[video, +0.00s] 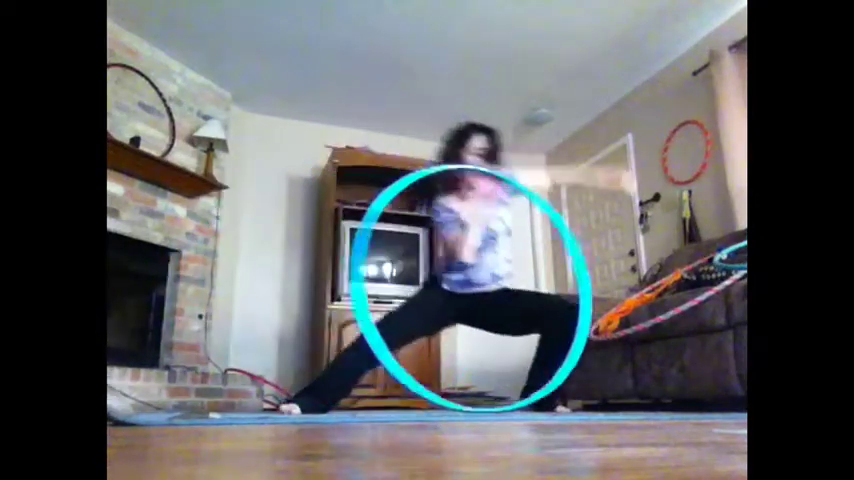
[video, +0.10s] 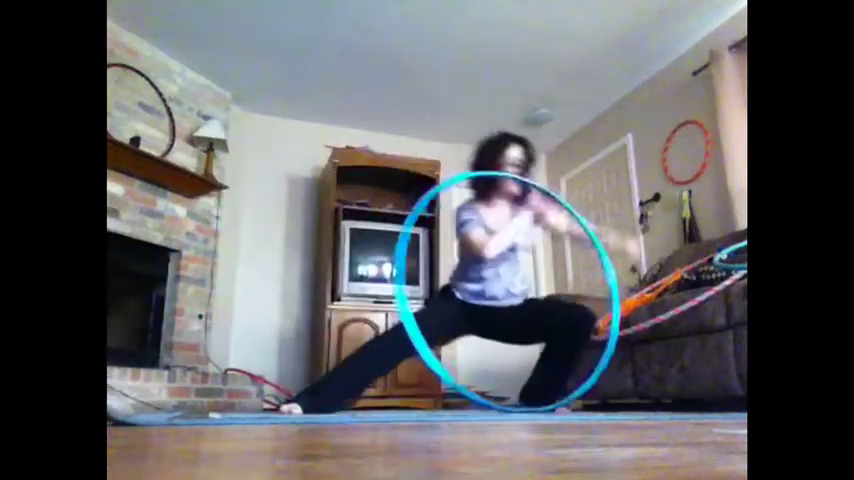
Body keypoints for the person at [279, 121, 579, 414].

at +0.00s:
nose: (476, 160)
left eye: (484, 155)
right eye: (469, 152)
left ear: (494, 160)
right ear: (454, 155)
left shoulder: (499, 198)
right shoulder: (445, 203)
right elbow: (461, 256)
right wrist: (477, 210)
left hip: (492, 299)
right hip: (443, 297)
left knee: (566, 315)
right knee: (376, 341)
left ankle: (539, 402)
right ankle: (306, 404)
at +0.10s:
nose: (515, 172)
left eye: (522, 166)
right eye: (507, 163)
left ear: (528, 172)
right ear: (487, 168)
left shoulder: (533, 206)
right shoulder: (472, 211)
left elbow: (577, 230)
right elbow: (482, 250)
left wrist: (621, 241)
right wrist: (520, 218)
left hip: (511, 310)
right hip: (459, 306)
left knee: (576, 319)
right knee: (392, 344)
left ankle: (535, 408)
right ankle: (306, 406)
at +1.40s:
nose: (368, 150)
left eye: (377, 145)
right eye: (362, 141)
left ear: (387, 155)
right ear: (346, 144)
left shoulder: (394, 194)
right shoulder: (317, 192)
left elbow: (447, 219)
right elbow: (261, 226)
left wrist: (489, 243)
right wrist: (235, 208)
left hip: (376, 305)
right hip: (324, 300)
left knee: (450, 346)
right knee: (259, 302)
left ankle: (538, 407)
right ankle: (295, 401)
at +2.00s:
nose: (321, 165)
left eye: (328, 156)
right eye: (312, 158)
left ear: (343, 159)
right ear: (302, 165)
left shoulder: (366, 186)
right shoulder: (302, 214)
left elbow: (387, 125)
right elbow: (274, 264)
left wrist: (342, 83)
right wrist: (257, 215)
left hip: (365, 314)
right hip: (319, 313)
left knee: (447, 346)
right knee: (263, 307)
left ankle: (538, 410)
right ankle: (290, 402)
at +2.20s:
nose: (323, 181)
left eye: (328, 173)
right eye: (320, 175)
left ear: (351, 169)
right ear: (324, 178)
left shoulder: (387, 187)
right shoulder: (335, 208)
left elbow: (394, 125)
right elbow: (335, 255)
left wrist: (332, 121)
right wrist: (338, 197)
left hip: (387, 311)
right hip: (341, 308)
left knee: (470, 332)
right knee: (289, 301)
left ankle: (532, 405)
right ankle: (292, 400)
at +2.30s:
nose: (366, 175)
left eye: (370, 167)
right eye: (357, 171)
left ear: (382, 167)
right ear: (348, 178)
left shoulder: (402, 191)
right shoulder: (350, 215)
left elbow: (412, 132)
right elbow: (369, 251)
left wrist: (352, 133)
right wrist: (373, 198)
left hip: (402, 311)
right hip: (354, 310)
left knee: (477, 327)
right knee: (304, 301)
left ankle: (530, 402)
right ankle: (294, 399)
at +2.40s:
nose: (391, 180)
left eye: (395, 172)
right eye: (382, 176)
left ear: (407, 171)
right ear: (377, 187)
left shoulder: (426, 201)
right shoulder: (382, 221)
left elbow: (453, 141)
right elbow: (412, 247)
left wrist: (400, 146)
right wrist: (428, 197)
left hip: (423, 309)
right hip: (375, 304)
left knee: (496, 319)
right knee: (320, 307)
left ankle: (531, 401)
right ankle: (294, 402)